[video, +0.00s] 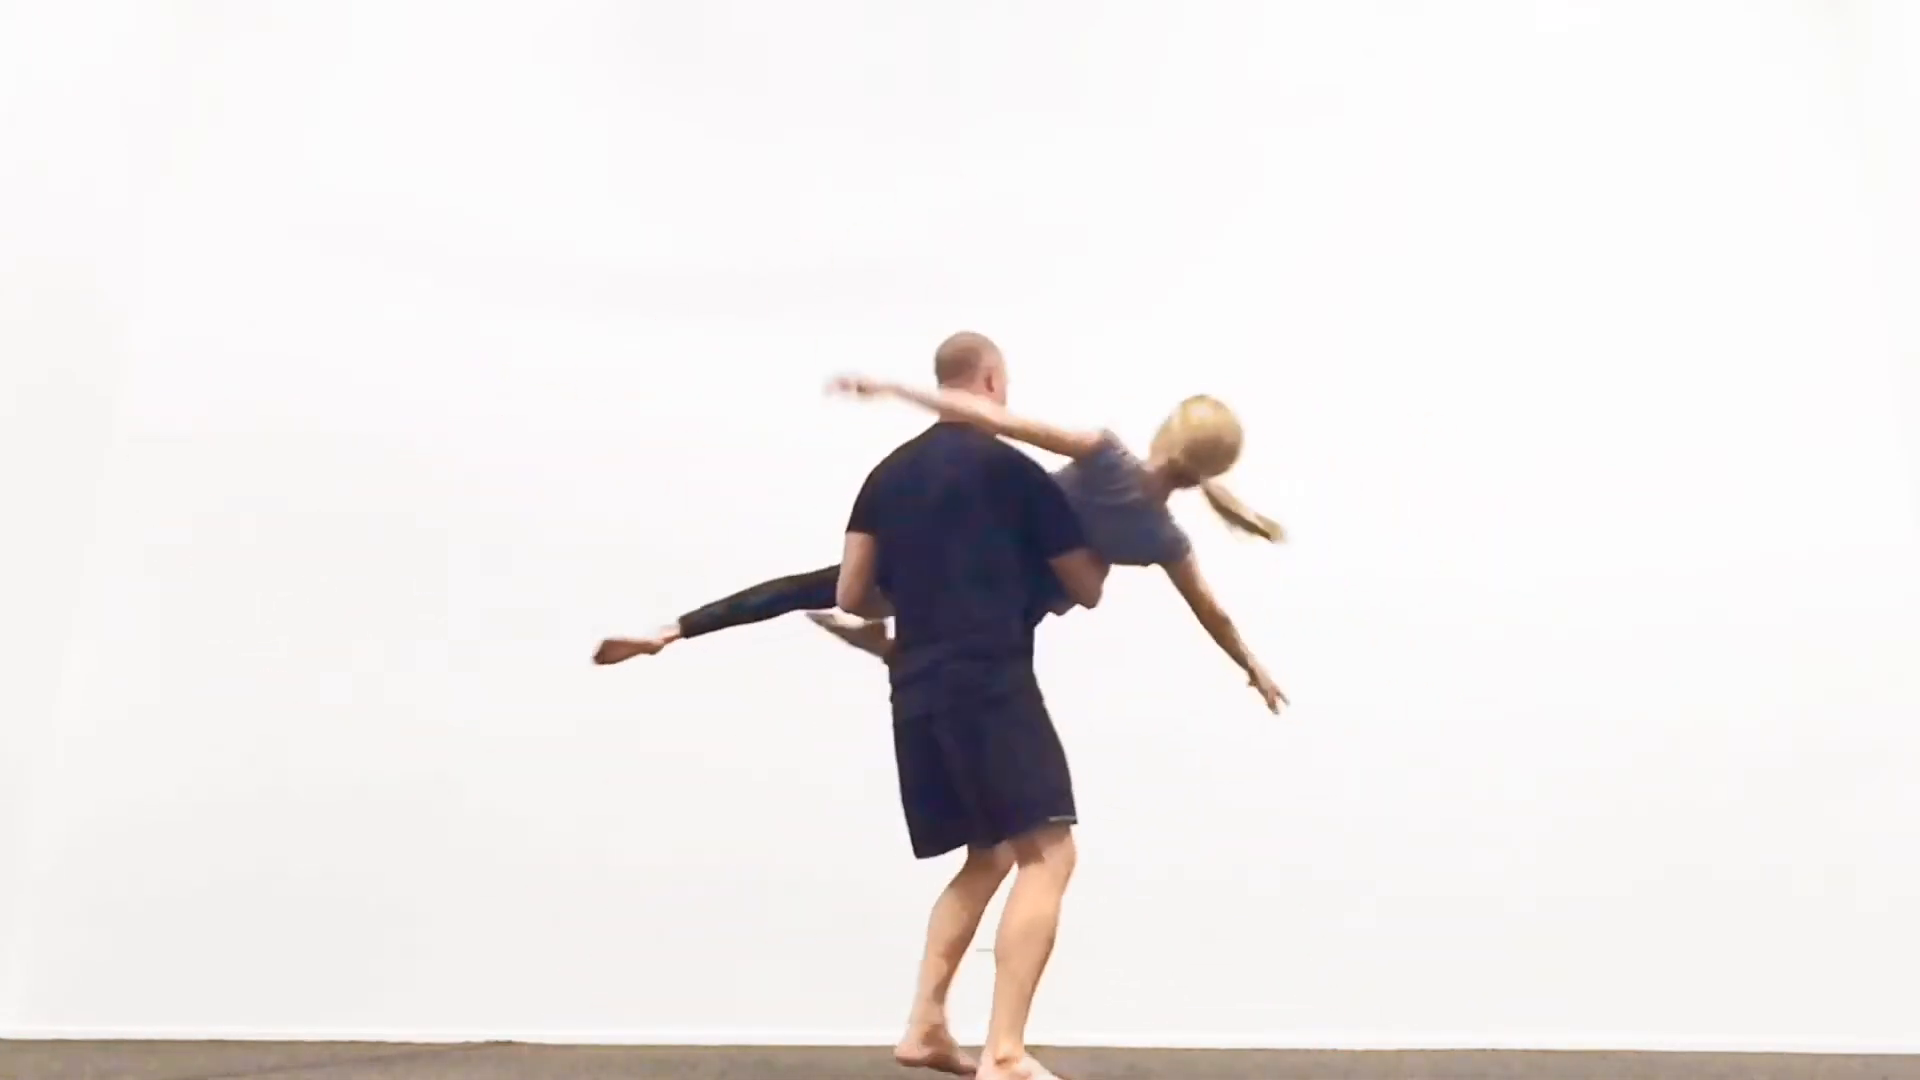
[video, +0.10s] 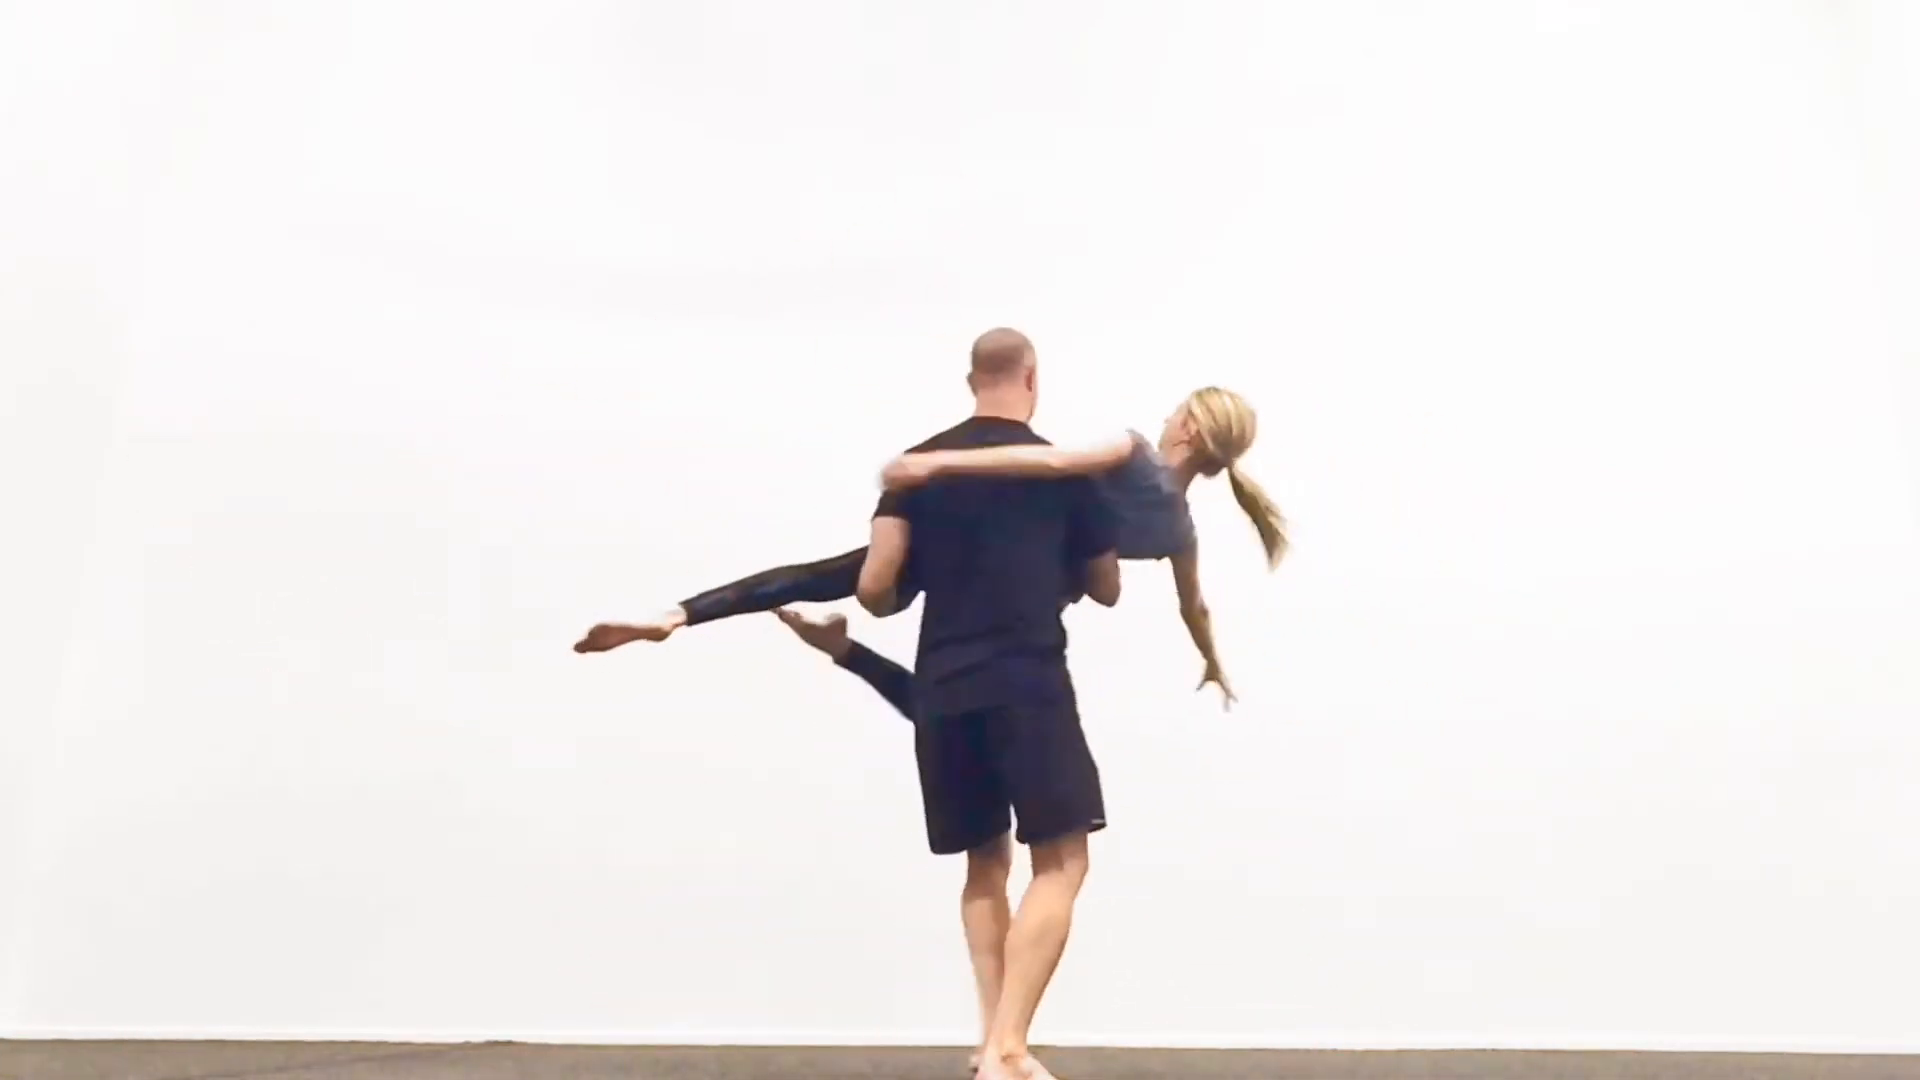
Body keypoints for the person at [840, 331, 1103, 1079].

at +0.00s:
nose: (1007, 395)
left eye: (998, 383)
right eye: (1005, 384)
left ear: (936, 380)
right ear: (993, 382)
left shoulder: (885, 475)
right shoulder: (1010, 466)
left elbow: (857, 596)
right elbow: (1087, 588)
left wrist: (924, 588)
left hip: (919, 692)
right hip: (993, 685)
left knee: (986, 855)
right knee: (1050, 854)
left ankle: (926, 1025)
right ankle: (1004, 1051)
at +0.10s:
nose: (1037, 389)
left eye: (1024, 376)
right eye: (1036, 377)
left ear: (967, 379)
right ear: (1032, 377)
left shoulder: (914, 463)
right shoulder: (1064, 465)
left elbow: (876, 592)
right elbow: (1107, 588)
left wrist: (925, 558)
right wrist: (1056, 543)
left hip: (945, 694)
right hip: (1029, 686)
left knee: (985, 866)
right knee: (1061, 865)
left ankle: (997, 1046)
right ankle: (1005, 1048)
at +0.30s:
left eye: (1030, 390)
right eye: (1096, 392)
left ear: (1030, 387)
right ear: (1096, 392)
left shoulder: (1003, 460)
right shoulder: (1122, 477)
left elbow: (974, 561)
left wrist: (891, 588)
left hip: (1000, 697)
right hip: (1086, 699)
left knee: (994, 870)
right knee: (1076, 867)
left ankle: (1042, 1049)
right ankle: (1039, 1013)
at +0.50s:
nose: (1043, 410)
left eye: (1049, 397)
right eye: (1047, 399)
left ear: (1074, 396)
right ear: (1102, 401)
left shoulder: (1088, 471)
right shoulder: (1093, 472)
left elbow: (1089, 577)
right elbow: (1036, 548)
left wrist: (979, 577)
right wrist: (960, 541)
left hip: (1054, 689)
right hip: (1071, 691)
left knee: (1001, 862)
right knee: (1010, 859)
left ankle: (1047, 1050)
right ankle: (1074, 1022)